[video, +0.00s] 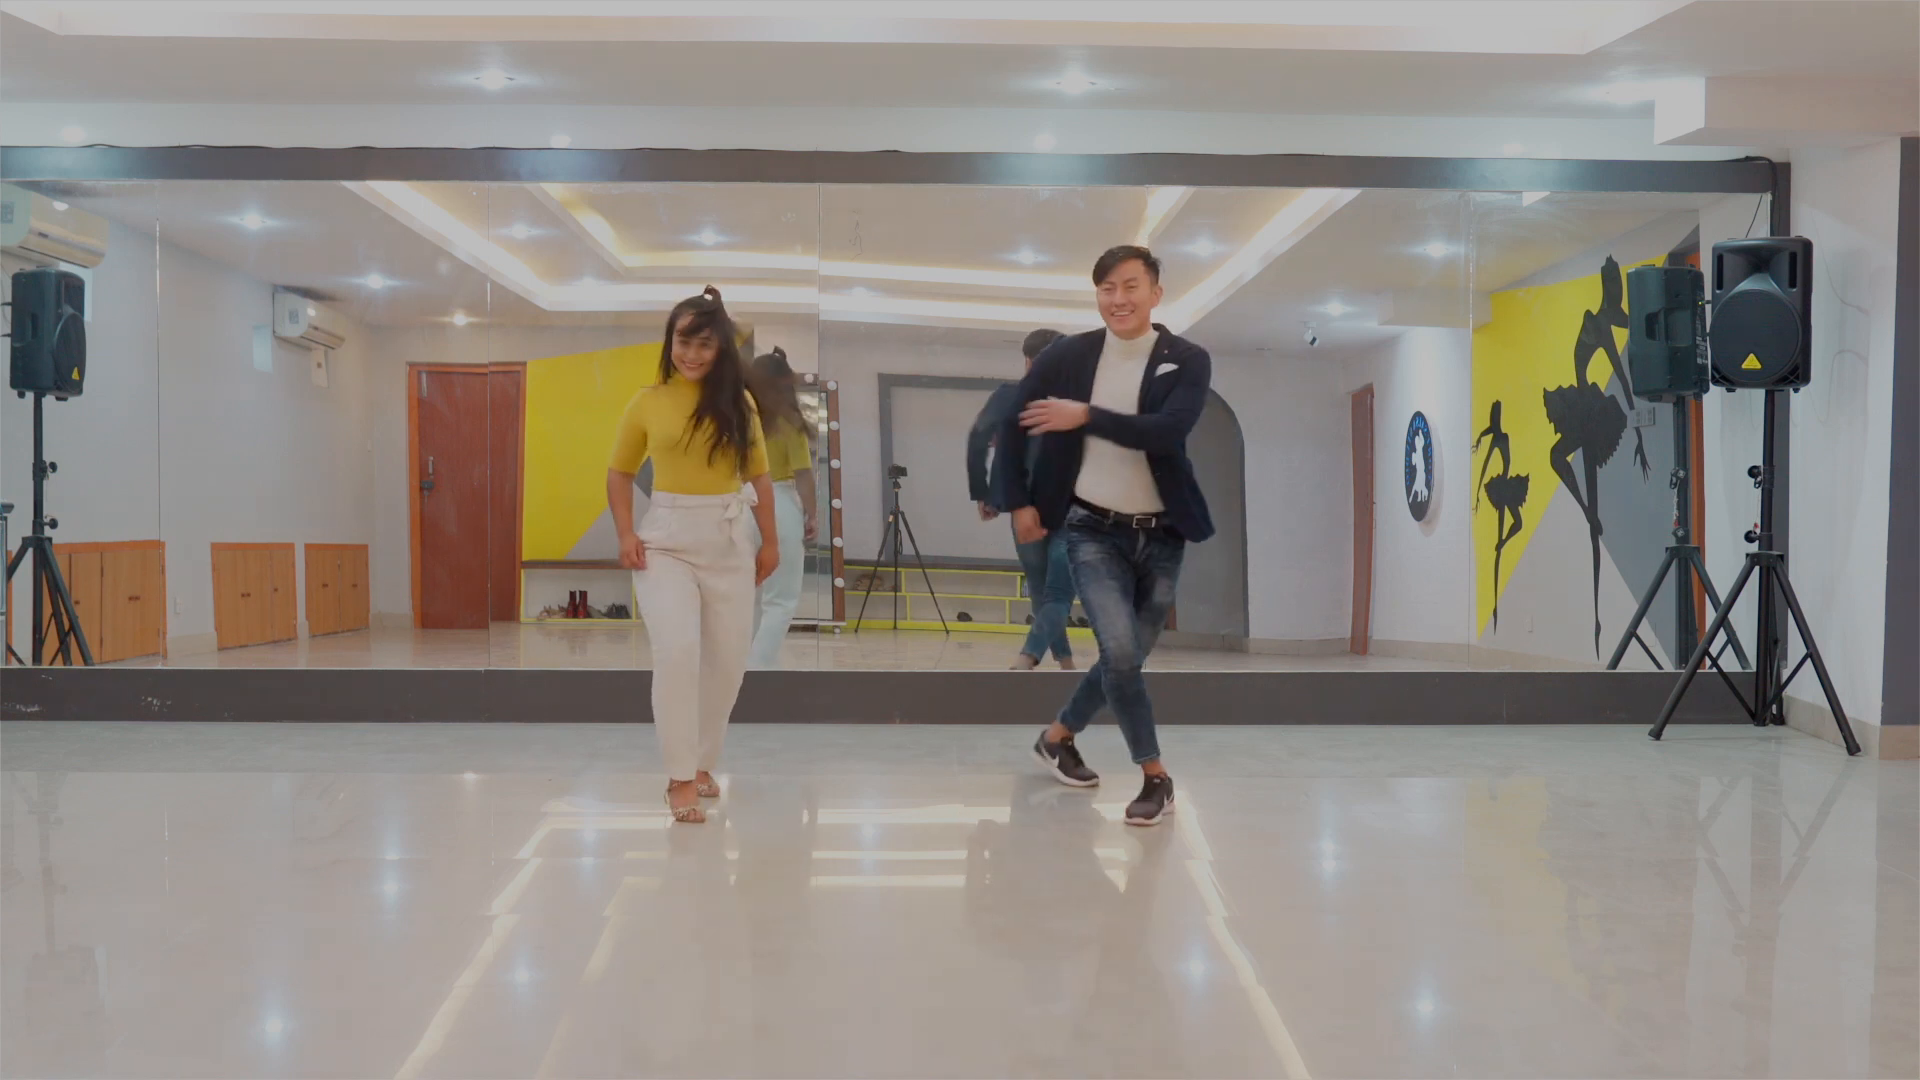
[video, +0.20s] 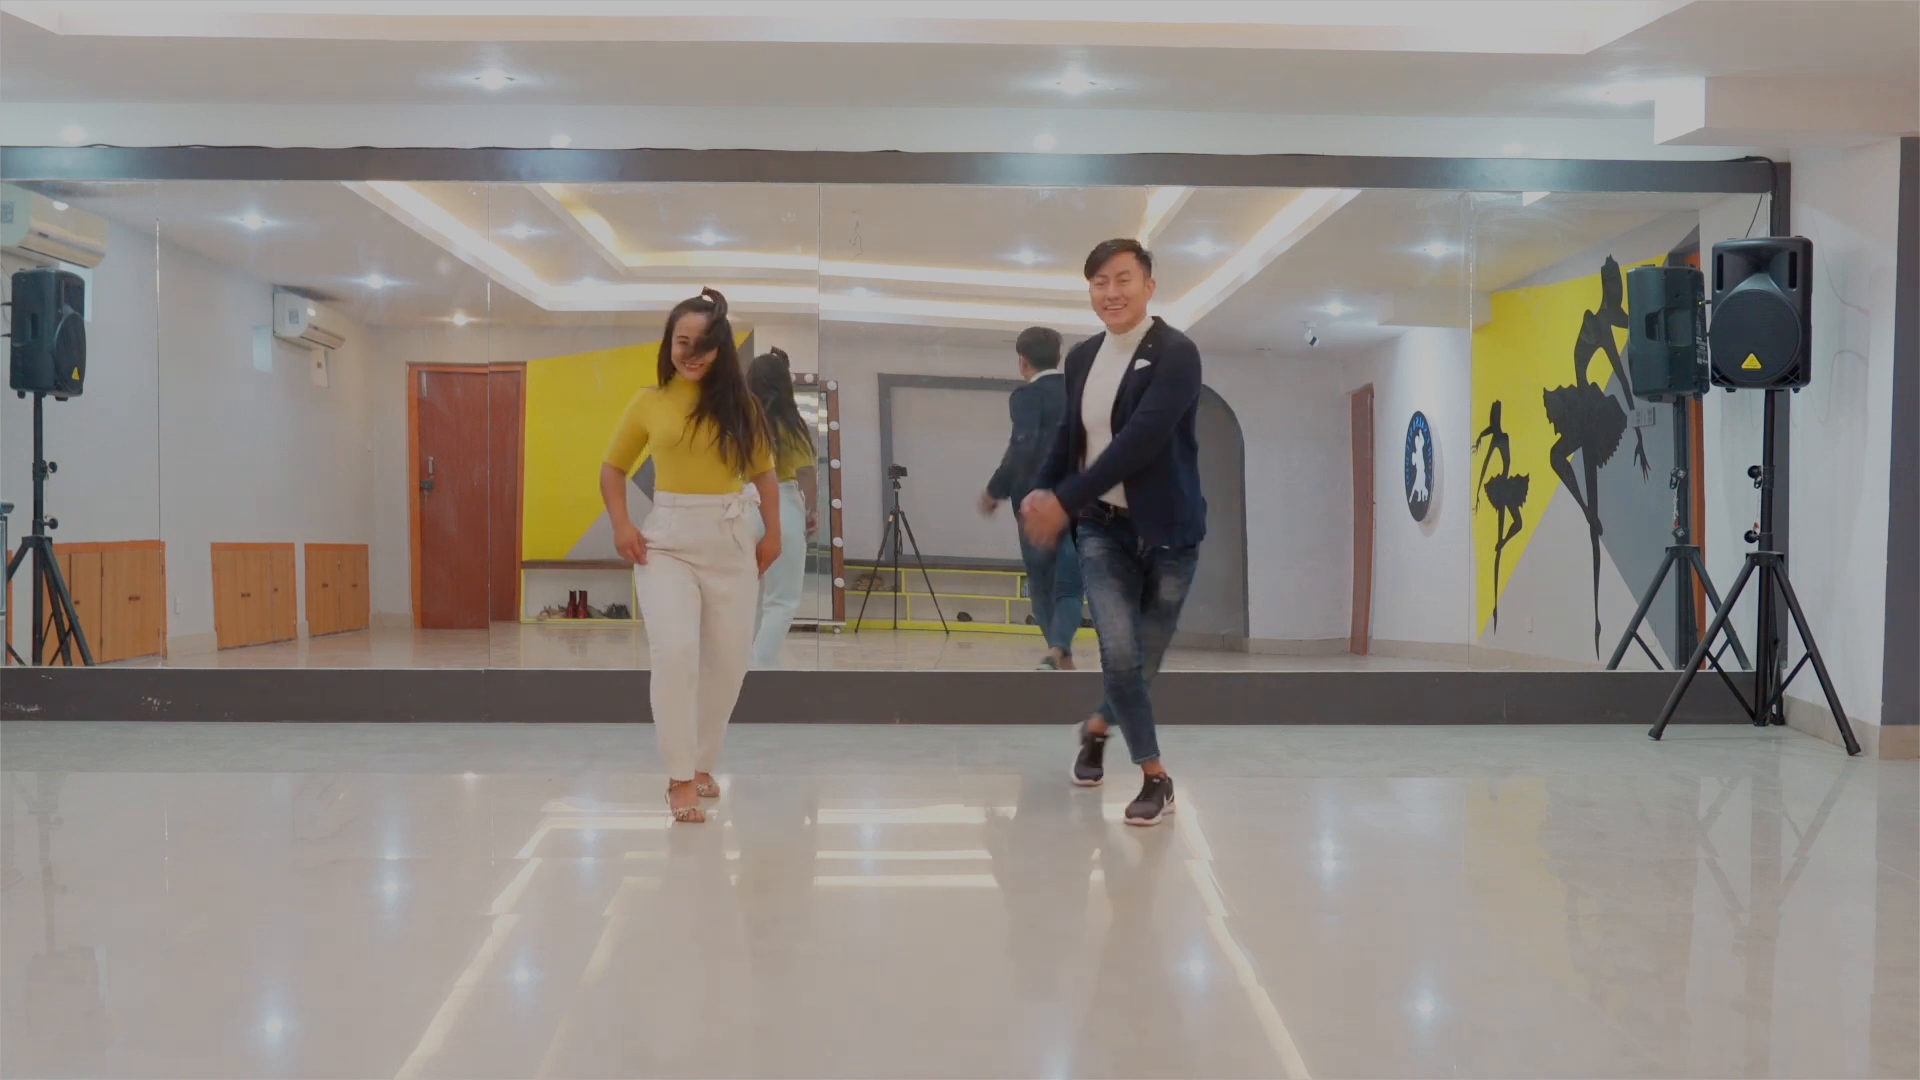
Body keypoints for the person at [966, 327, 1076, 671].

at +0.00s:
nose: (1039, 366)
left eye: (1035, 359)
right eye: (1043, 359)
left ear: (1027, 360)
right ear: (1064, 360)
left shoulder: (1010, 394)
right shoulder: (1075, 396)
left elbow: (977, 437)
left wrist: (981, 493)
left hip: (1023, 504)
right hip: (1069, 504)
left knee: (1040, 588)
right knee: (1061, 589)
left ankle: (1065, 659)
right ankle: (1028, 658)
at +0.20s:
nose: (1017, 364)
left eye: (1018, 359)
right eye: (1019, 358)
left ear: (1025, 362)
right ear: (1057, 358)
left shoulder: (1025, 396)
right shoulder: (1076, 389)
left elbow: (1023, 447)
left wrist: (994, 490)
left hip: (1034, 500)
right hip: (1074, 498)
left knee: (1041, 580)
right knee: (1070, 581)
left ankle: (1064, 656)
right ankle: (1057, 648)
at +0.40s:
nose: (1013, 355)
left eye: (1014, 349)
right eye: (1014, 348)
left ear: (1020, 352)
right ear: (1051, 350)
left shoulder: (1027, 387)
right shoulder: (1069, 384)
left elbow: (1025, 446)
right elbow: (1075, 436)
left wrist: (1006, 452)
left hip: (1043, 503)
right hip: (1075, 499)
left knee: (1047, 586)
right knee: (1070, 578)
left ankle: (1066, 662)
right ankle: (1104, 606)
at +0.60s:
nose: (1012, 355)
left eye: (1013, 349)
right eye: (1013, 349)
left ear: (1019, 352)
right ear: (1052, 346)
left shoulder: (1022, 388)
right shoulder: (1073, 377)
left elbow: (989, 441)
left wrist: (1011, 420)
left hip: (1052, 501)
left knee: (1055, 582)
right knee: (991, 543)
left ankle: (1079, 663)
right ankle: (1052, 605)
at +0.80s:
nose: (1008, 356)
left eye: (1008, 350)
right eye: (1010, 350)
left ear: (1012, 349)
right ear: (1047, 347)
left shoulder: (1005, 386)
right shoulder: (1067, 375)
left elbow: (953, 436)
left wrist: (973, 480)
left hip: (1037, 491)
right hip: (1080, 486)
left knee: (1032, 575)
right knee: (1033, 570)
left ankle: (1074, 654)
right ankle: (1029, 649)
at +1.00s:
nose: (988, 364)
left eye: (989, 359)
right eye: (988, 359)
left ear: (996, 361)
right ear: (1029, 358)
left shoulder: (1000, 391)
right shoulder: (1048, 385)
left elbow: (986, 438)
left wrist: (979, 468)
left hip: (1023, 497)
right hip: (1061, 493)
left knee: (1026, 580)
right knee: (1046, 579)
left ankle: (1057, 643)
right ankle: (1027, 658)